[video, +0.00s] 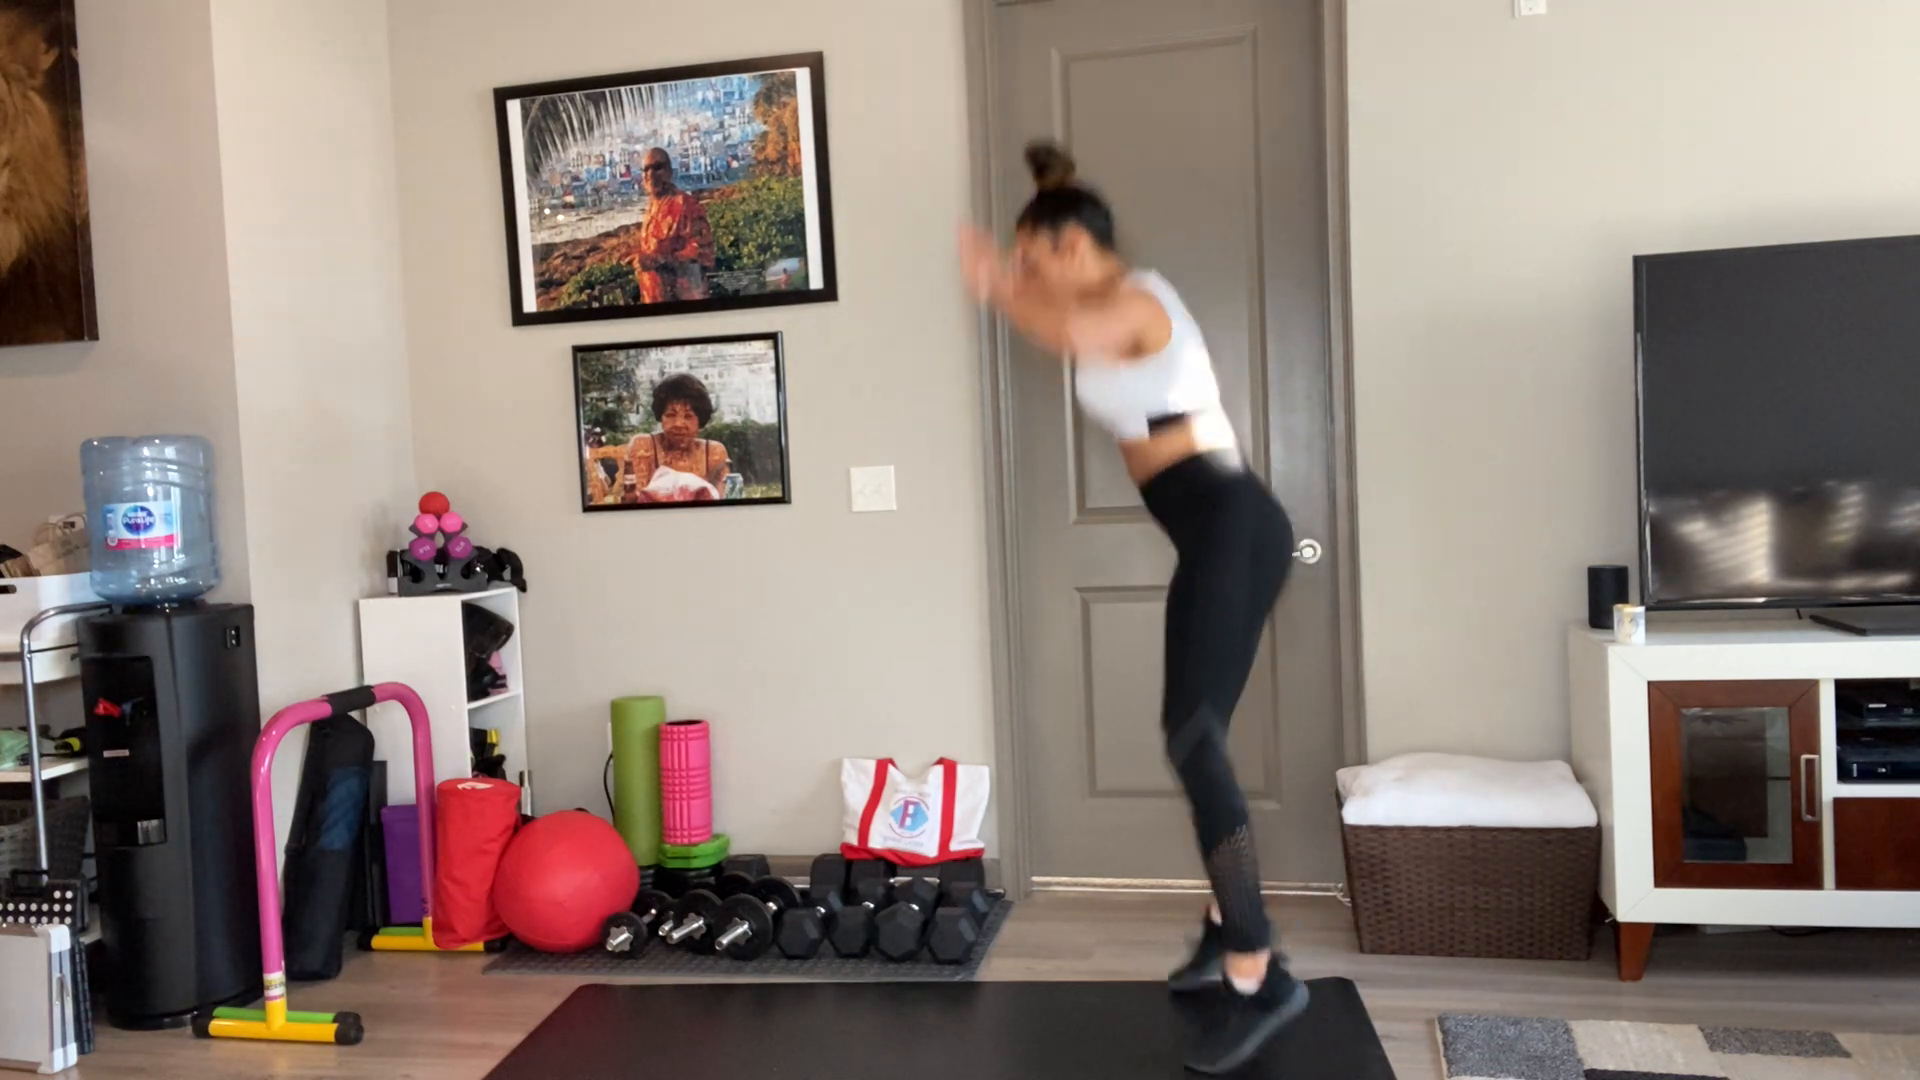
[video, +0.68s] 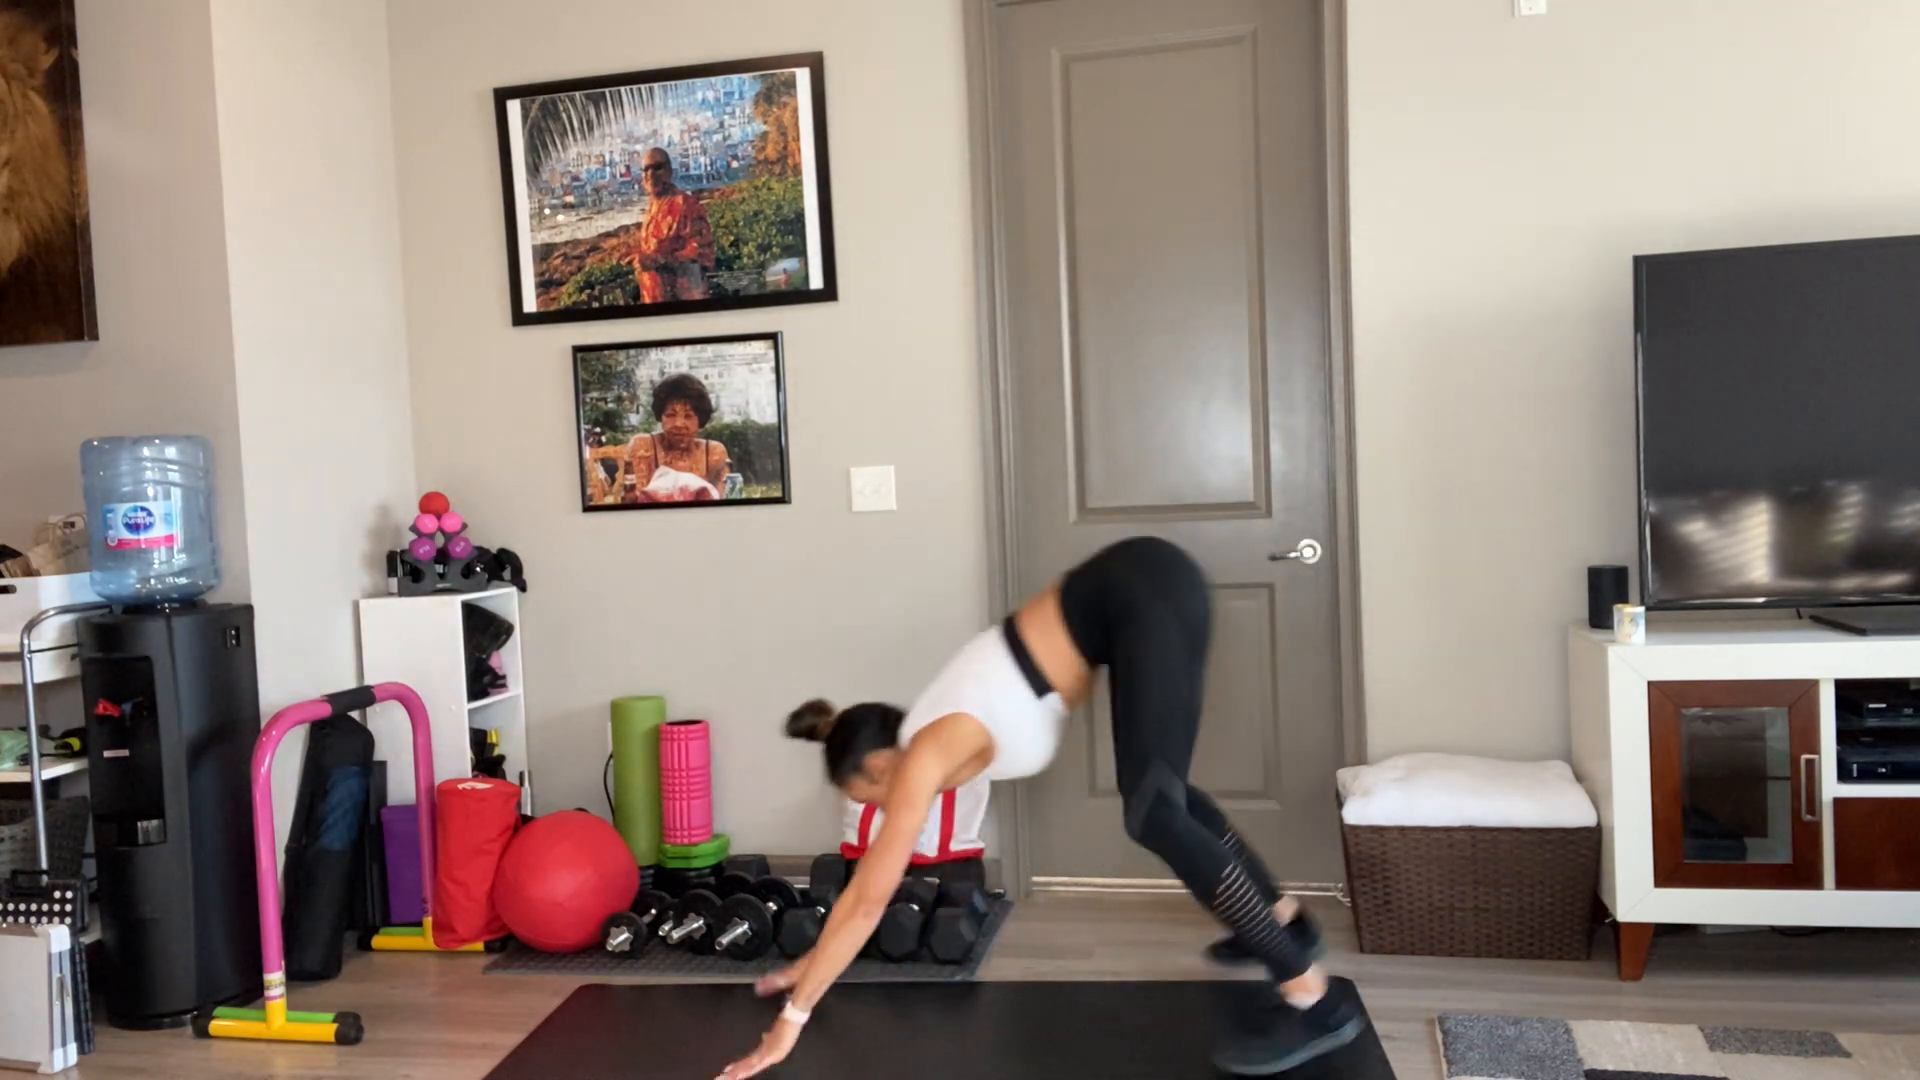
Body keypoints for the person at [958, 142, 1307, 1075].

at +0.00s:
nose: (1041, 271)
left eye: (1052, 254)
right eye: (1034, 258)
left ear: (1091, 244)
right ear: (1055, 255)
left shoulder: (1142, 300)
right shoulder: (1101, 305)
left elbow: (1080, 336)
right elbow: (1053, 306)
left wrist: (1002, 291)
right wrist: (1016, 279)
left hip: (1234, 521)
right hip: (1206, 528)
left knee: (1195, 733)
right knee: (1192, 732)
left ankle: (1257, 964)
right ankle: (1233, 929)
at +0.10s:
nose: (1006, 402)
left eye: (1010, 381)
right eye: (1001, 386)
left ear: (1051, 368)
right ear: (1048, 370)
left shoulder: (1111, 432)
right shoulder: (1107, 427)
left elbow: (1129, 551)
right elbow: (1146, 551)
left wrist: (1015, 555)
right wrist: (1054, 524)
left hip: (1258, 623)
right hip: (1237, 622)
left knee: (1156, 814)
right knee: (1159, 800)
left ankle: (1285, 1007)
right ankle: (1255, 954)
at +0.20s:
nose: (975, 531)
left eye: (976, 512)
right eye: (969, 515)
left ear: (1014, 493)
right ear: (1015, 494)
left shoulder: (1088, 546)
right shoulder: (1093, 526)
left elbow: (1116, 694)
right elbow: (1129, 670)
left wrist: (1023, 778)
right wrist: (1064, 701)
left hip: (1281, 679)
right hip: (1248, 676)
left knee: (1138, 843)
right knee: (1126, 800)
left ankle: (1286, 1012)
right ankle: (1252, 946)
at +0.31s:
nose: (959, 639)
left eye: (957, 622)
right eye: (951, 626)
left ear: (990, 598)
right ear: (997, 595)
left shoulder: (1066, 636)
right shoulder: (1073, 610)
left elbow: (1063, 790)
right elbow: (1083, 759)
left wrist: (991, 908)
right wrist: (1023, 809)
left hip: (1294, 709)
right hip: (1255, 703)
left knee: (1132, 849)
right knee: (1125, 812)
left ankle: (1286, 1015)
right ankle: (1257, 956)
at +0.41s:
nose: (948, 717)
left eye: (943, 702)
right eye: (939, 706)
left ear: (972, 675)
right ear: (981, 667)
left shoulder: (1039, 702)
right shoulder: (1040, 672)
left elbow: (1004, 855)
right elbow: (1013, 812)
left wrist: (930, 967)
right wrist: (948, 870)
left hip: (1288, 721)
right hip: (1261, 707)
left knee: (1125, 856)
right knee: (1117, 813)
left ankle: (1284, 1012)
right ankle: (1252, 951)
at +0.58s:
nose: (912, 787)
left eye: (907, 774)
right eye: (902, 779)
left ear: (926, 744)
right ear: (931, 733)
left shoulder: (981, 744)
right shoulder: (975, 724)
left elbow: (910, 888)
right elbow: (915, 851)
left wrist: (825, 1000)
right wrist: (847, 920)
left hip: (1223, 649)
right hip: (1192, 648)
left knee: (1132, 841)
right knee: (1128, 810)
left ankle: (1288, 1015)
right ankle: (1255, 952)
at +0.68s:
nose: (878, 807)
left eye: (869, 795)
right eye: (867, 800)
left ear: (882, 762)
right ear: (883, 746)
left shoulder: (932, 755)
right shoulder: (929, 734)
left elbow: (869, 902)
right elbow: (875, 876)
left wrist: (794, 1017)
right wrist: (810, 962)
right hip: (1133, 591)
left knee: (1153, 814)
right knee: (1162, 792)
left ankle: (1312, 990)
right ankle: (1279, 915)